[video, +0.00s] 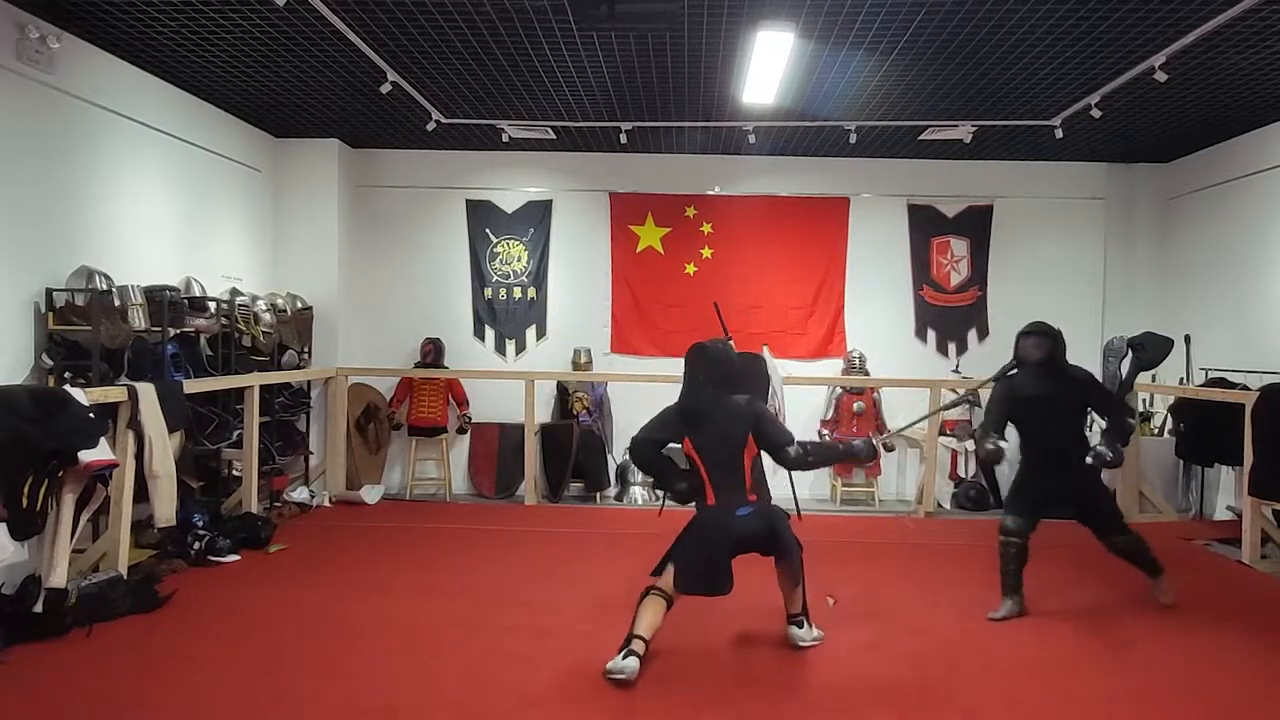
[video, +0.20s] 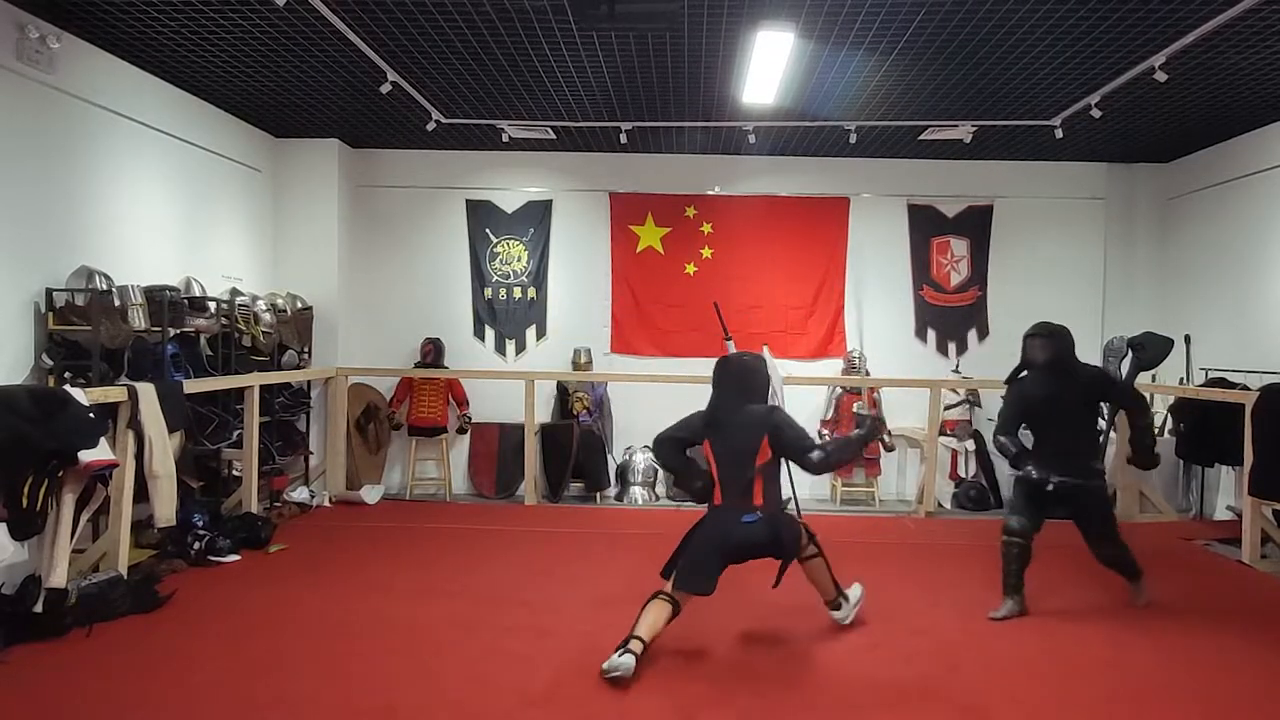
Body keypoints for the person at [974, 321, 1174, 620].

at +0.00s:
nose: (1033, 349)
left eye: (1040, 342)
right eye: (1027, 343)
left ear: (1055, 347)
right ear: (1017, 349)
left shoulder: (1077, 380)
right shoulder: (1008, 387)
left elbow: (1121, 414)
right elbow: (988, 431)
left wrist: (1110, 444)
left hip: (1077, 473)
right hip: (1033, 474)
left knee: (1117, 539)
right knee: (1011, 530)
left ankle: (1158, 576)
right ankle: (1012, 599)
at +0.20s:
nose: (1035, 352)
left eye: (1042, 344)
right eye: (1031, 345)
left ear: (1061, 348)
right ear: (1025, 351)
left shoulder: (1090, 379)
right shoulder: (1022, 388)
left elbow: (1136, 403)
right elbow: (1003, 435)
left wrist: (1143, 449)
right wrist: (1024, 461)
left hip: (1084, 477)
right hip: (1037, 475)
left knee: (1106, 549)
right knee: (1015, 531)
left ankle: (1136, 578)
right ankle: (1013, 598)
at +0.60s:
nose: (1084, 356)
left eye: (1090, 349)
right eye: (1078, 349)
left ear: (1105, 352)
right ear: (1069, 352)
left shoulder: (1124, 383)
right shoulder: (1057, 386)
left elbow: (1159, 418)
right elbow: (1026, 418)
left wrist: (1158, 449)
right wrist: (1003, 449)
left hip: (1105, 478)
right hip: (1062, 475)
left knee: (1117, 545)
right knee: (1033, 529)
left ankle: (1136, 588)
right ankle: (1019, 593)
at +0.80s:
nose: (1057, 362)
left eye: (1064, 354)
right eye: (1050, 354)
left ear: (1080, 354)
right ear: (1042, 354)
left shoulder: (1106, 386)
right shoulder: (1035, 386)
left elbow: (1137, 425)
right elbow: (1009, 430)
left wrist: (1121, 466)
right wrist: (1017, 467)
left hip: (1091, 473)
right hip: (1047, 471)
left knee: (1107, 542)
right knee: (1028, 530)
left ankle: (1134, 587)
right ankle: (1020, 594)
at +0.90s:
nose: (1034, 360)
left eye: (1041, 353)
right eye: (1030, 353)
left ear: (1060, 353)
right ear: (1027, 353)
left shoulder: (1092, 383)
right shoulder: (1022, 386)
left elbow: (1130, 423)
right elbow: (996, 428)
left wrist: (1110, 463)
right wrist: (997, 467)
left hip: (1085, 467)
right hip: (1041, 466)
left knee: (1099, 542)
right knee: (1025, 528)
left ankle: (1130, 583)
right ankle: (1020, 594)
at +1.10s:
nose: (1025, 350)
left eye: (1032, 344)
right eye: (1022, 344)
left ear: (1050, 345)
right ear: (1018, 348)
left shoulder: (1079, 373)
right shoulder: (1016, 382)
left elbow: (1113, 420)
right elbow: (995, 429)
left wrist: (1075, 446)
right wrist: (999, 465)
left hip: (1080, 462)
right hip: (1037, 461)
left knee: (1080, 537)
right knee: (1021, 527)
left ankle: (1093, 568)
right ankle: (1019, 594)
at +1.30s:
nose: (1041, 347)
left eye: (1047, 341)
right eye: (1037, 340)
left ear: (1064, 342)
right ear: (1032, 341)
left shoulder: (1089, 373)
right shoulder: (1027, 375)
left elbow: (1098, 416)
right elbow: (1007, 422)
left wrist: (1046, 411)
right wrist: (1014, 453)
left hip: (1076, 459)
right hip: (1035, 457)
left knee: (1076, 531)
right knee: (1024, 523)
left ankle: (1075, 581)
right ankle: (1018, 590)